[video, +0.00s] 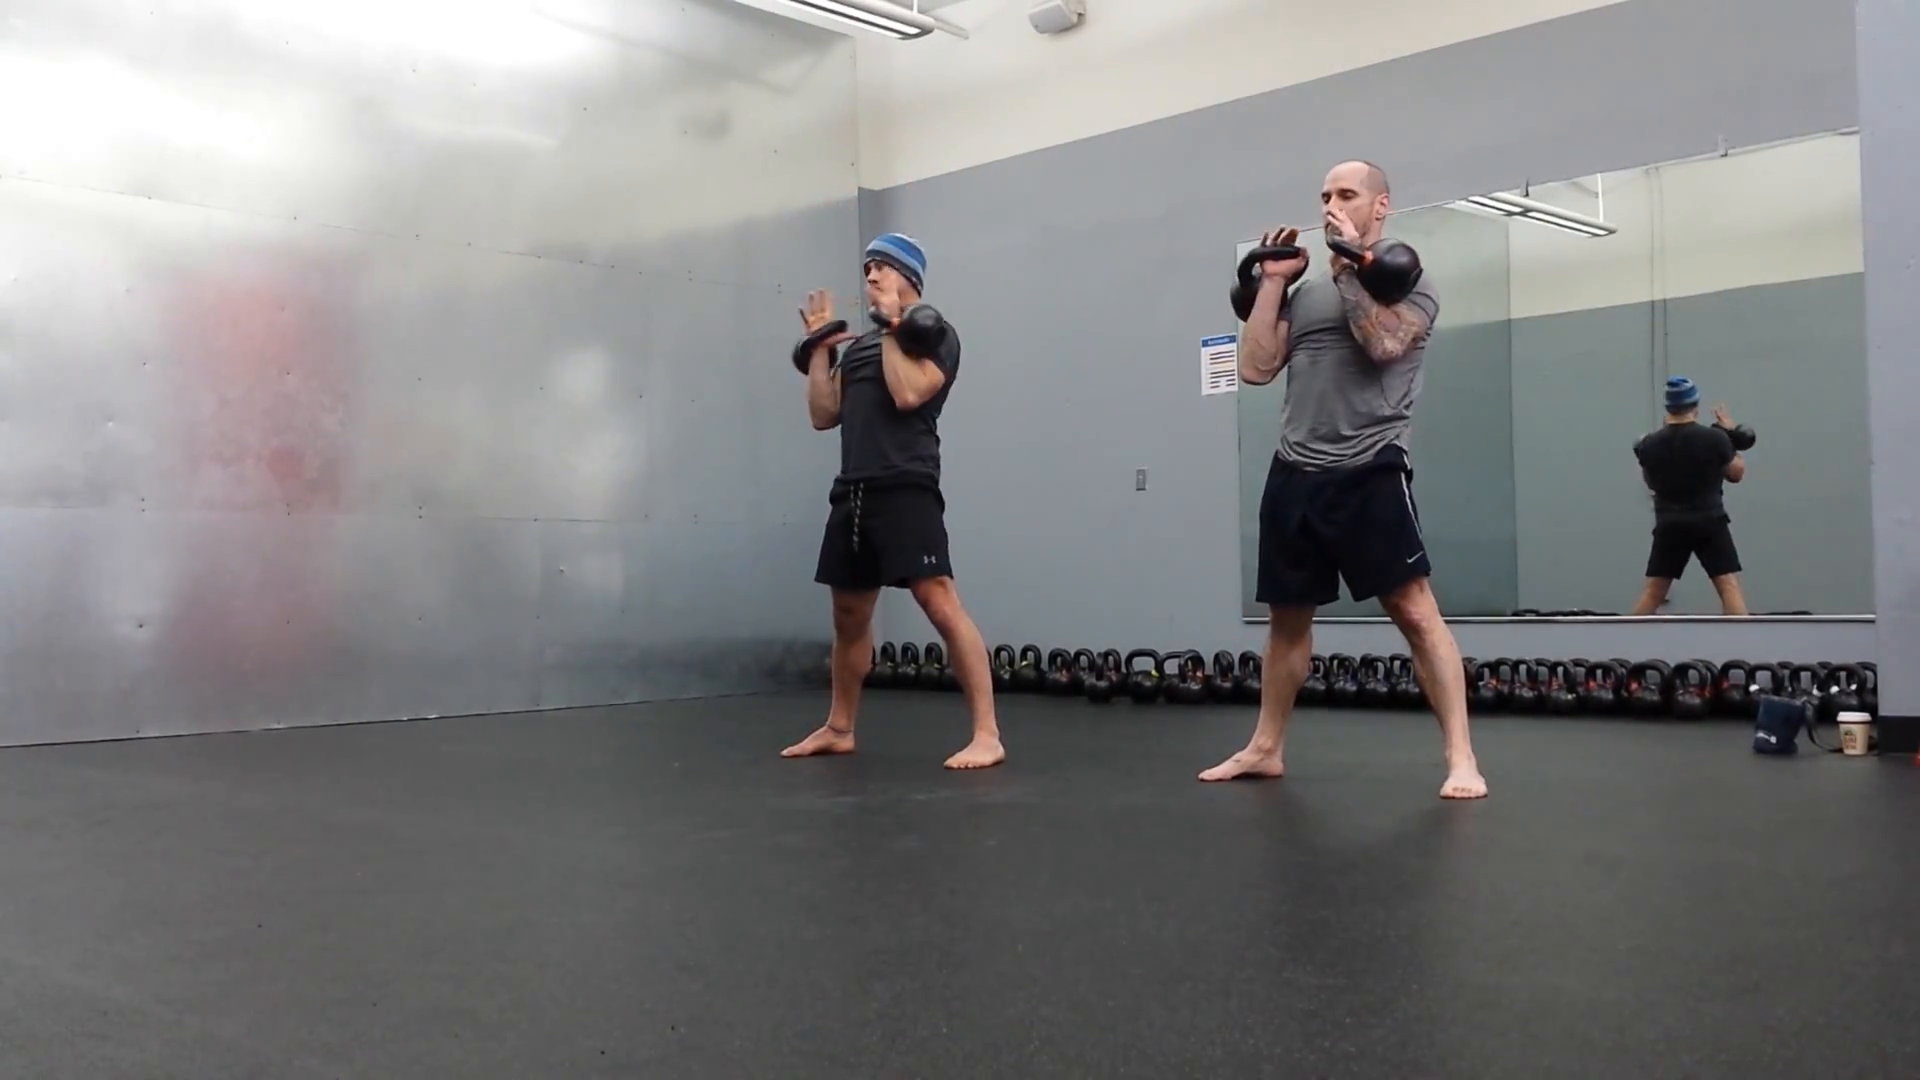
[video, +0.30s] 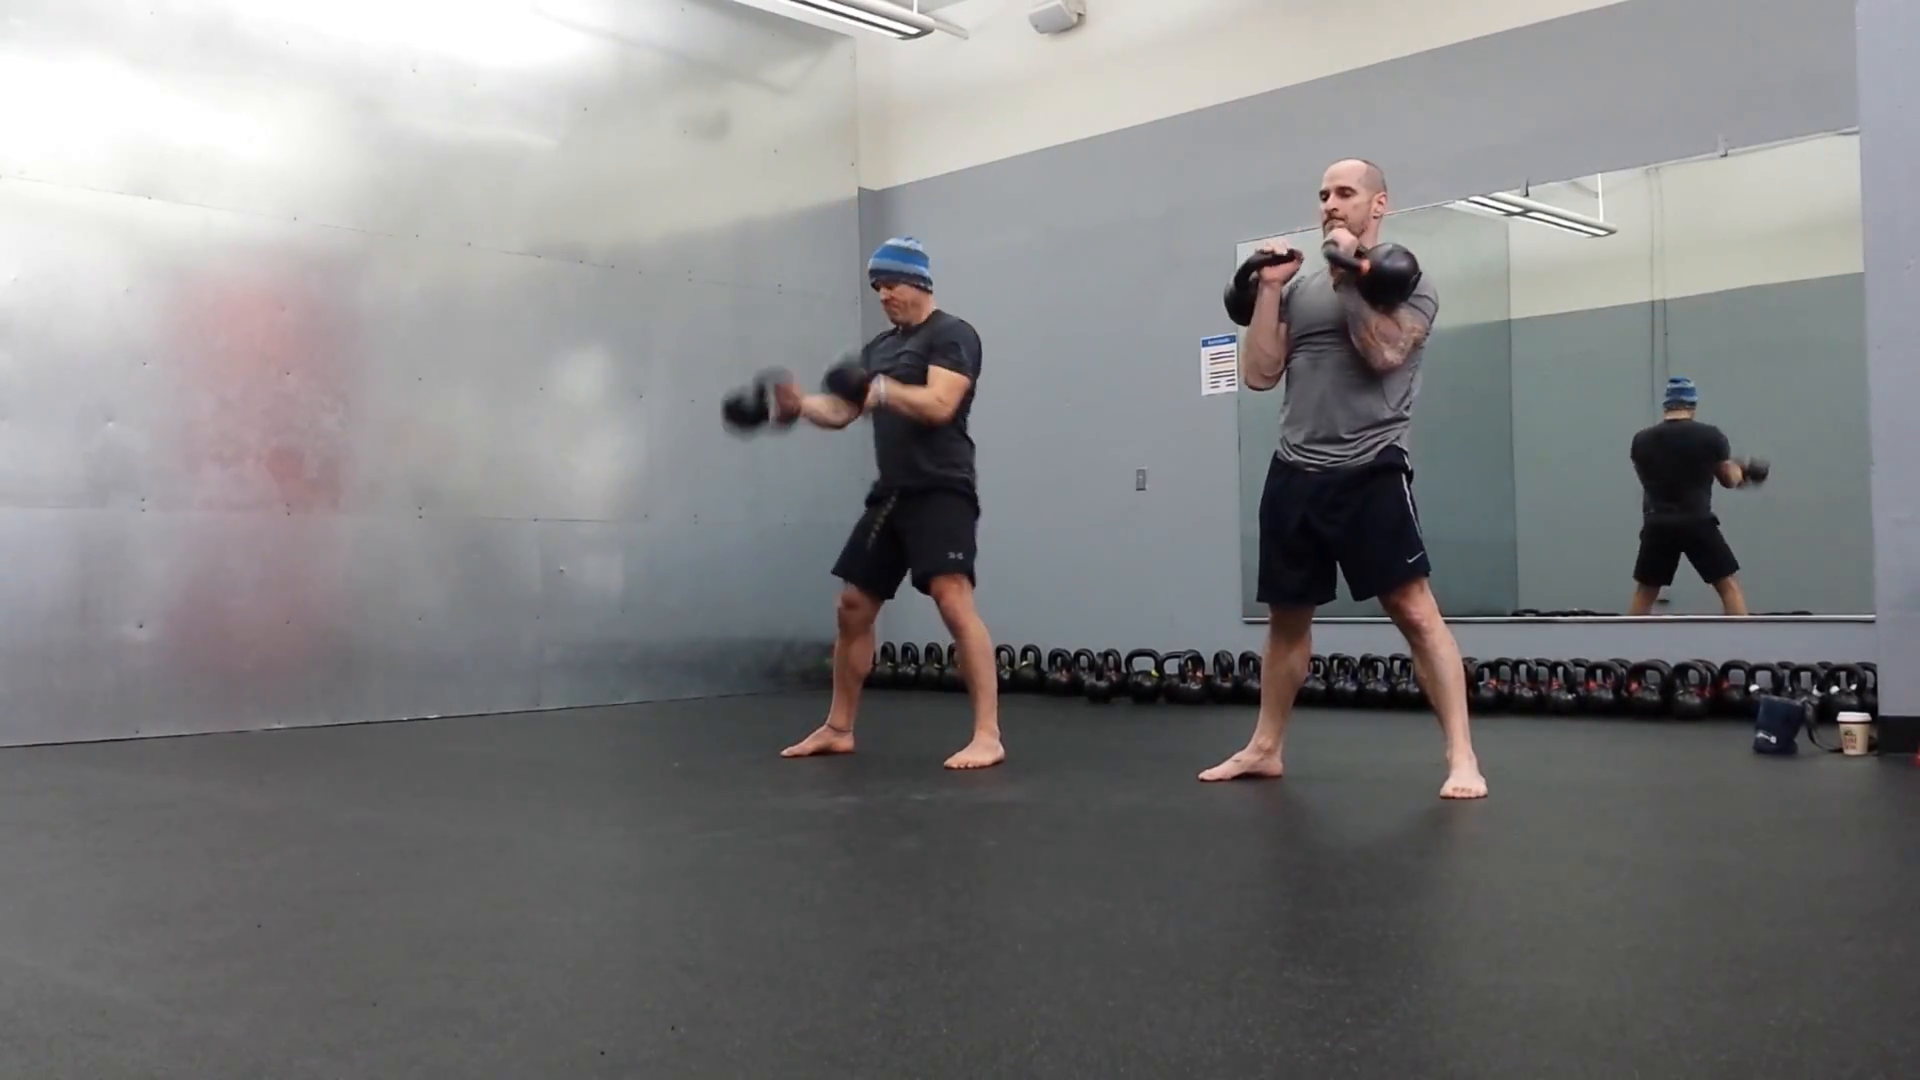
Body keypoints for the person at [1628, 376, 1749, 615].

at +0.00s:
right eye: (1695, 404)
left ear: (1667, 407)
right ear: (1695, 406)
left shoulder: (1649, 445)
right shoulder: (1713, 439)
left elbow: (1651, 483)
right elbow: (1736, 474)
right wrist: (1729, 435)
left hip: (1670, 528)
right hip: (1710, 526)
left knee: (1653, 594)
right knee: (1728, 588)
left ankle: (1623, 647)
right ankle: (1746, 647)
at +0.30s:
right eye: (1693, 405)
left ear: (1664, 405)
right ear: (1693, 406)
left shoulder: (1641, 440)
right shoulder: (1708, 436)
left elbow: (1655, 479)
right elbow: (1730, 479)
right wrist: (1738, 468)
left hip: (1658, 528)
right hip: (1698, 527)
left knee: (1644, 594)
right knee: (1728, 588)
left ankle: (1626, 647)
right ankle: (1745, 647)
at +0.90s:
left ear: (1696, 480)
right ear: (1722, 482)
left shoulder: (1672, 498)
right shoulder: (1732, 501)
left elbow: (1657, 527)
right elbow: (1726, 539)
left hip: (1658, 540)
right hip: (1700, 541)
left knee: (1625, 593)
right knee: (1754, 590)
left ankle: (1629, 647)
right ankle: (1750, 647)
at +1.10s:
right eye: (1694, 410)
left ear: (1668, 414)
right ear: (1696, 412)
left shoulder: (1649, 450)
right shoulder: (1715, 446)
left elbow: (1653, 498)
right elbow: (1721, 496)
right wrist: (1705, 536)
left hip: (1659, 531)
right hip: (1701, 529)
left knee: (1639, 592)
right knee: (1737, 587)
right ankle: (1747, 645)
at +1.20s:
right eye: (1682, 404)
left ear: (1657, 407)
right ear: (1684, 405)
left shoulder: (1638, 444)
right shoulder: (1703, 437)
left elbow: (1649, 485)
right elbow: (1722, 477)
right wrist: (1721, 506)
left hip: (1659, 527)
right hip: (1700, 525)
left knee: (1647, 595)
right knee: (1723, 590)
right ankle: (1741, 646)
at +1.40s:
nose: (1680, 406)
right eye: (1681, 403)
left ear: (1656, 407)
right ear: (1683, 405)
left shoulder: (1639, 444)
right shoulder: (1700, 436)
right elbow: (1733, 442)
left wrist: (1686, 430)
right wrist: (1738, 428)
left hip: (1661, 529)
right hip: (1702, 526)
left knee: (1647, 595)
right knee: (1724, 589)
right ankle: (1743, 646)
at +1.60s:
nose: (1688, 405)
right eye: (1686, 402)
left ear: (1658, 406)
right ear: (1687, 404)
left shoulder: (1641, 442)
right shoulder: (1704, 434)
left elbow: (1665, 440)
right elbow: (1737, 432)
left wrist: (1687, 424)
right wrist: (1739, 414)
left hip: (1661, 527)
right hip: (1702, 525)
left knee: (1647, 595)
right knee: (1724, 589)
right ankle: (1743, 646)